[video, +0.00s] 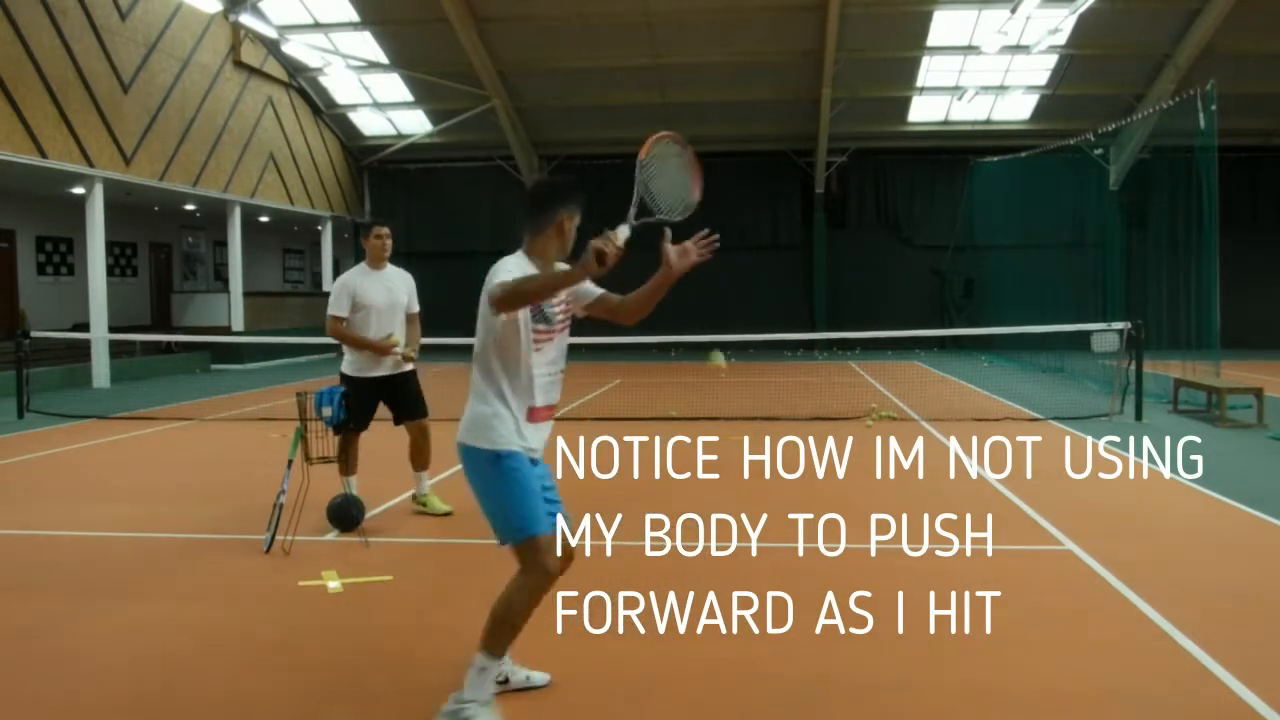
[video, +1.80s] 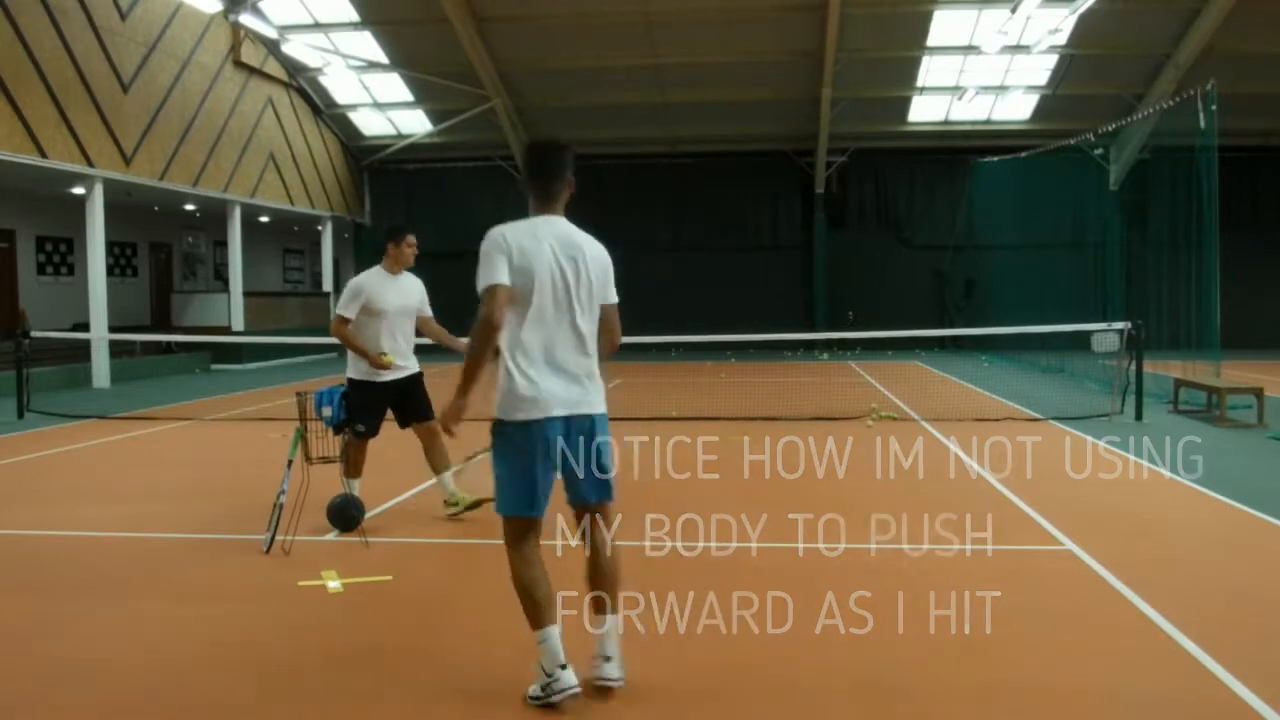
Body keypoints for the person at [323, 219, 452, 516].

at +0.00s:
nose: (385, 242)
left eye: (388, 238)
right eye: (378, 238)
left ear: (392, 243)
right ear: (365, 242)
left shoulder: (404, 279)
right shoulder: (348, 282)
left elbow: (413, 320)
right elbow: (334, 327)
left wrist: (412, 348)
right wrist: (373, 345)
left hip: (400, 371)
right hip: (359, 374)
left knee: (420, 426)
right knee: (350, 434)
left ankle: (422, 492)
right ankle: (349, 497)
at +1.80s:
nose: (415, 252)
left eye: (415, 247)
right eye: (410, 247)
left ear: (408, 251)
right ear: (391, 249)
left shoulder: (415, 284)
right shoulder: (362, 284)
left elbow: (426, 324)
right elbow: (338, 327)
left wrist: (457, 343)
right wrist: (368, 356)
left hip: (407, 375)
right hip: (367, 378)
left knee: (428, 429)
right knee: (358, 440)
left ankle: (452, 495)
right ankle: (351, 502)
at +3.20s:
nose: (379, 246)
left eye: (382, 241)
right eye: (372, 241)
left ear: (386, 245)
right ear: (357, 245)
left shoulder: (393, 281)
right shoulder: (340, 283)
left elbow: (398, 320)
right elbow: (319, 328)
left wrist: (409, 341)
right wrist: (354, 354)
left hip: (390, 375)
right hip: (352, 379)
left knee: (407, 431)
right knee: (344, 440)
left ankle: (411, 495)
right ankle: (337, 497)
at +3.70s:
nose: (383, 245)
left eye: (385, 240)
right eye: (377, 240)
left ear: (387, 244)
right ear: (360, 242)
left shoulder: (394, 278)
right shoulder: (341, 281)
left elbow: (402, 317)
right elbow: (326, 328)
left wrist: (413, 343)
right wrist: (364, 351)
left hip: (389, 374)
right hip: (350, 376)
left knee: (403, 431)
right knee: (340, 436)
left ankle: (411, 495)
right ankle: (337, 497)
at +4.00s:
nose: (383, 245)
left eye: (386, 240)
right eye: (378, 240)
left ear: (387, 244)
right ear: (360, 243)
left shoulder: (393, 278)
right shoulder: (341, 281)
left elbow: (401, 316)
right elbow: (324, 328)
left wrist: (418, 341)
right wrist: (359, 351)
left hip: (389, 373)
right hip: (351, 376)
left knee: (403, 432)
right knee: (340, 436)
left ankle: (411, 495)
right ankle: (337, 497)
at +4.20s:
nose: (389, 245)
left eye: (389, 240)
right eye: (384, 240)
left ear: (380, 244)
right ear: (366, 242)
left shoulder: (390, 278)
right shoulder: (341, 281)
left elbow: (395, 315)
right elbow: (324, 328)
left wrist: (416, 339)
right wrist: (361, 351)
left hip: (389, 374)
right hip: (351, 377)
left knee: (402, 432)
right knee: (340, 436)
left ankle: (411, 495)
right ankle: (336, 497)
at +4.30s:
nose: (390, 247)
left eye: (389, 242)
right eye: (387, 242)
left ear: (374, 245)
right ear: (375, 244)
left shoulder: (386, 277)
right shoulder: (340, 280)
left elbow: (393, 317)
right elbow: (323, 327)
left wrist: (418, 335)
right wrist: (360, 351)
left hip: (389, 373)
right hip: (351, 377)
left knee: (401, 431)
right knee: (340, 436)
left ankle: (411, 495)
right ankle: (337, 497)